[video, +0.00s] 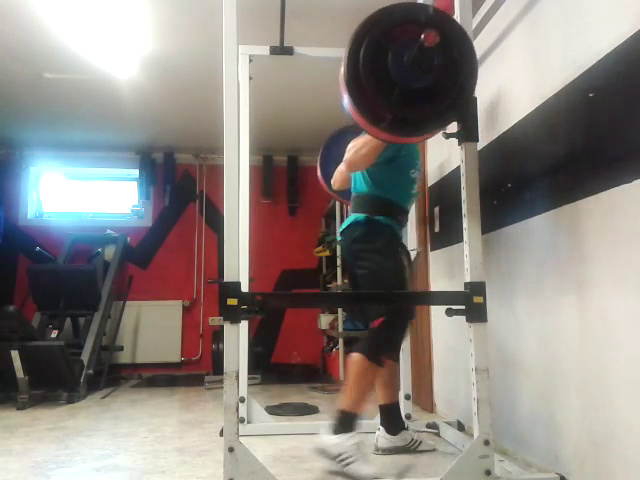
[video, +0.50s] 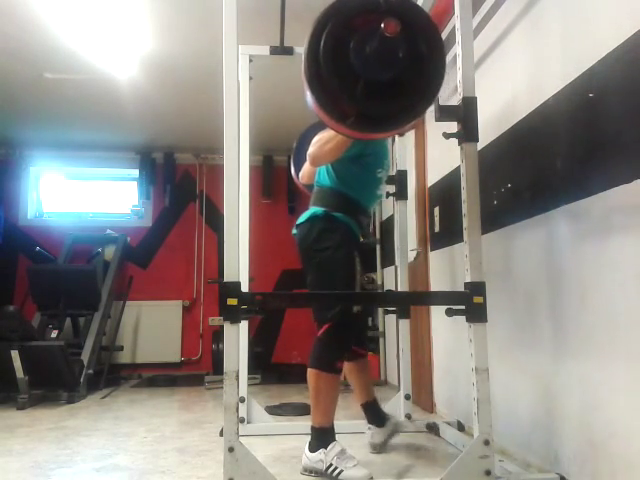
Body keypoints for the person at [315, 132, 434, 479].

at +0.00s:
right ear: (403, 102)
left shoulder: (399, 140)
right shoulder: (384, 132)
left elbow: (338, 181)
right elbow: (350, 162)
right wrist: (390, 127)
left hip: (380, 232)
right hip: (369, 230)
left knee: (388, 323)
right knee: (390, 316)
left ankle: (392, 430)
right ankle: (340, 432)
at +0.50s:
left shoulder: (370, 131)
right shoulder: (356, 122)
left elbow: (305, 176)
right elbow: (315, 155)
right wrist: (358, 122)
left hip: (342, 229)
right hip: (327, 226)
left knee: (351, 330)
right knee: (333, 329)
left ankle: (378, 422)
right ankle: (320, 445)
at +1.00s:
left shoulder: (355, 137)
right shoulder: (338, 131)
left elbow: (292, 180)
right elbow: (300, 168)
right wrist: (340, 138)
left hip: (321, 232)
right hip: (315, 231)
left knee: (320, 332)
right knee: (328, 331)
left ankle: (317, 432)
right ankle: (321, 446)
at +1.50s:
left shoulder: (353, 137)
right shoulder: (338, 132)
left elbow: (289, 180)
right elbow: (297, 168)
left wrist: (302, 162)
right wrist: (340, 138)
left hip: (319, 232)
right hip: (313, 232)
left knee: (321, 330)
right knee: (326, 329)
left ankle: (318, 433)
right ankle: (320, 445)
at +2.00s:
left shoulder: (348, 136)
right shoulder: (333, 131)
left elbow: (282, 180)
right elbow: (295, 167)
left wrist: (297, 166)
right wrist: (336, 140)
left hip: (311, 232)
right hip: (308, 231)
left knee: (309, 334)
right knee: (320, 332)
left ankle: (314, 430)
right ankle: (320, 446)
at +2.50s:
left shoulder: (347, 140)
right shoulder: (333, 133)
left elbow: (282, 181)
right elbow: (294, 169)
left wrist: (299, 166)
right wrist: (333, 141)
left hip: (316, 234)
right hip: (307, 232)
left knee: (314, 332)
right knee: (314, 331)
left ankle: (315, 429)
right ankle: (319, 445)